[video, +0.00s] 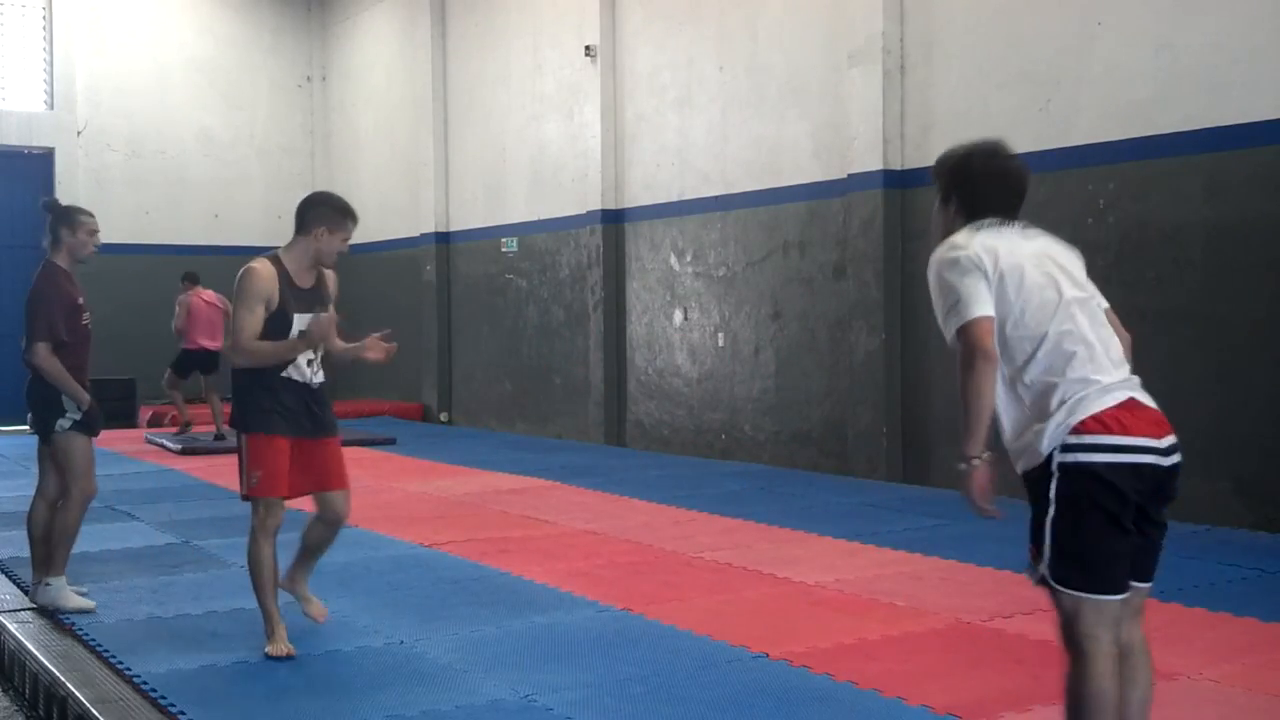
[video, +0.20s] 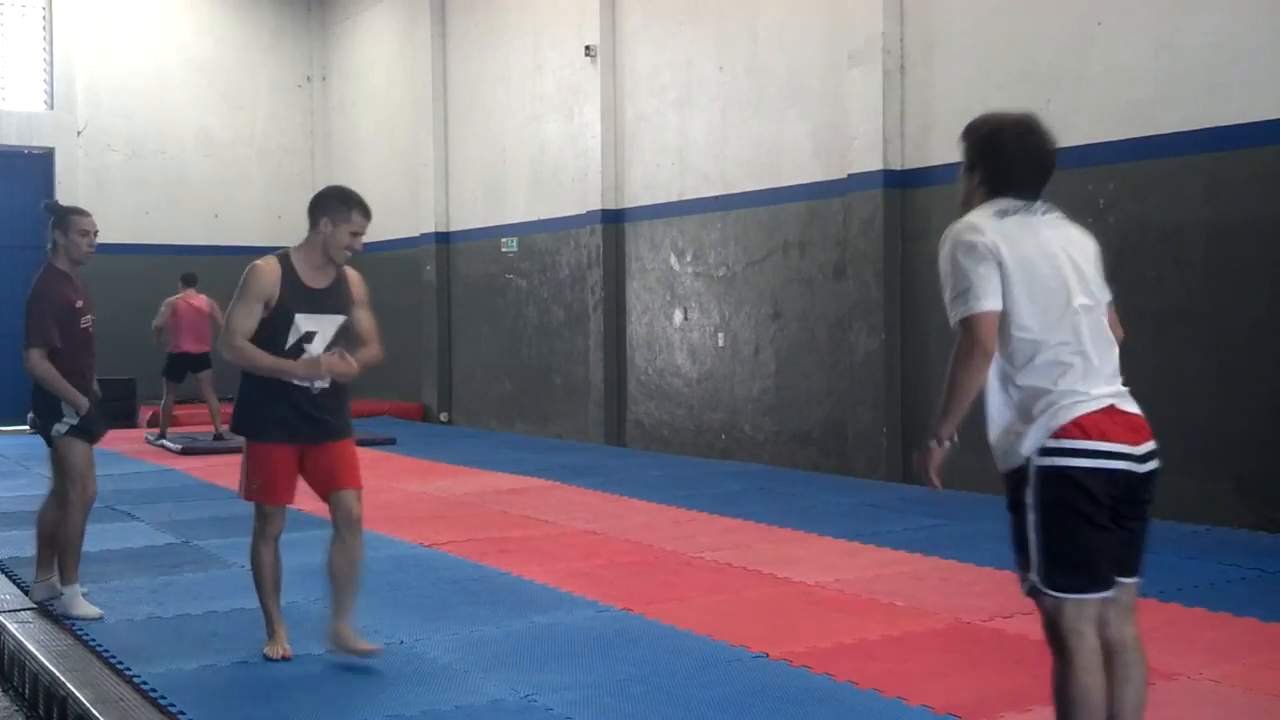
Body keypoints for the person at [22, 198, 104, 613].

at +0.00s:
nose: (95, 241)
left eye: (96, 234)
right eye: (90, 233)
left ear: (69, 237)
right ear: (65, 235)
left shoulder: (62, 277)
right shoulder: (50, 282)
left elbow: (56, 345)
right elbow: (39, 352)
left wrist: (79, 389)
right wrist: (82, 397)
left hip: (59, 392)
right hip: (57, 395)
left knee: (50, 489)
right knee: (82, 487)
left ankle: (43, 580)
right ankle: (53, 582)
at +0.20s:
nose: (91, 242)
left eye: (93, 235)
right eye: (84, 235)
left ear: (83, 239)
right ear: (60, 237)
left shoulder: (71, 279)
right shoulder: (48, 286)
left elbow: (72, 344)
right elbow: (35, 359)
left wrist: (90, 387)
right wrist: (78, 400)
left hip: (76, 397)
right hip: (59, 401)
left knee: (61, 494)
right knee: (82, 492)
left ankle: (44, 582)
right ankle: (69, 592)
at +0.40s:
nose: (87, 239)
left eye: (90, 232)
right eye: (77, 232)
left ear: (90, 236)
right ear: (55, 235)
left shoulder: (85, 282)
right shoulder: (43, 288)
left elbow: (96, 347)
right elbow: (28, 361)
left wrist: (114, 397)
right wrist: (79, 405)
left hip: (94, 398)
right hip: (61, 405)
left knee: (111, 485)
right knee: (77, 492)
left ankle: (58, 561)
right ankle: (67, 593)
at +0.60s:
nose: (80, 237)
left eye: (86, 230)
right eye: (71, 230)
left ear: (93, 232)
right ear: (55, 233)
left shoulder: (104, 280)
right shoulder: (41, 289)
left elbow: (118, 341)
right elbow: (19, 358)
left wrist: (129, 393)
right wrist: (65, 407)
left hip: (112, 402)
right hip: (67, 408)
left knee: (139, 488)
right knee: (69, 502)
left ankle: (113, 575)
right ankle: (67, 595)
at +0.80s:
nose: (92, 240)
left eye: (99, 232)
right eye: (84, 232)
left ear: (109, 234)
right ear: (69, 235)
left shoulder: (128, 285)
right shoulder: (51, 292)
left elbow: (141, 345)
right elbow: (24, 360)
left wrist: (146, 395)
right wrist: (63, 408)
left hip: (127, 404)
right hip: (77, 409)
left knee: (152, 500)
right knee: (74, 507)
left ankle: (169, 593)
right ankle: (68, 595)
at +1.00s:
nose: (119, 241)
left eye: (127, 234)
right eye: (110, 234)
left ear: (137, 238)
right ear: (97, 237)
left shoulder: (157, 291)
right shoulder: (74, 294)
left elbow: (173, 356)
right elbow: (46, 364)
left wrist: (172, 412)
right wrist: (78, 413)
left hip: (151, 412)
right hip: (95, 414)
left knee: (167, 508)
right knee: (86, 512)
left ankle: (178, 606)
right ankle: (72, 591)